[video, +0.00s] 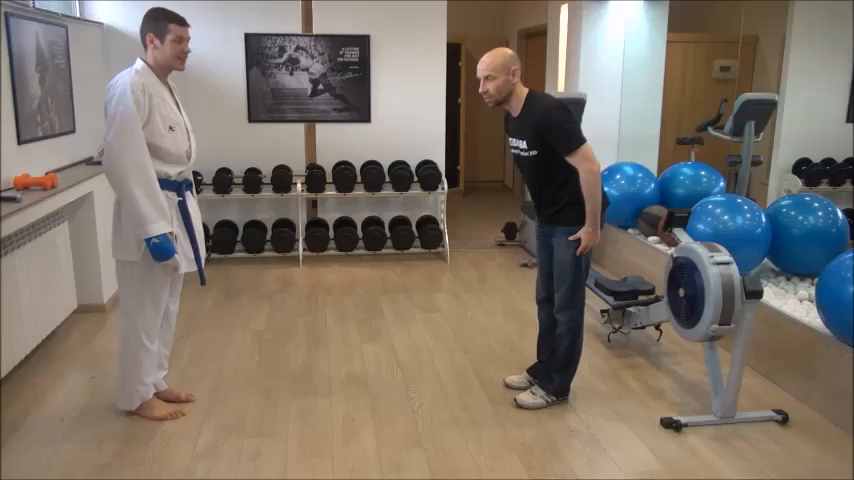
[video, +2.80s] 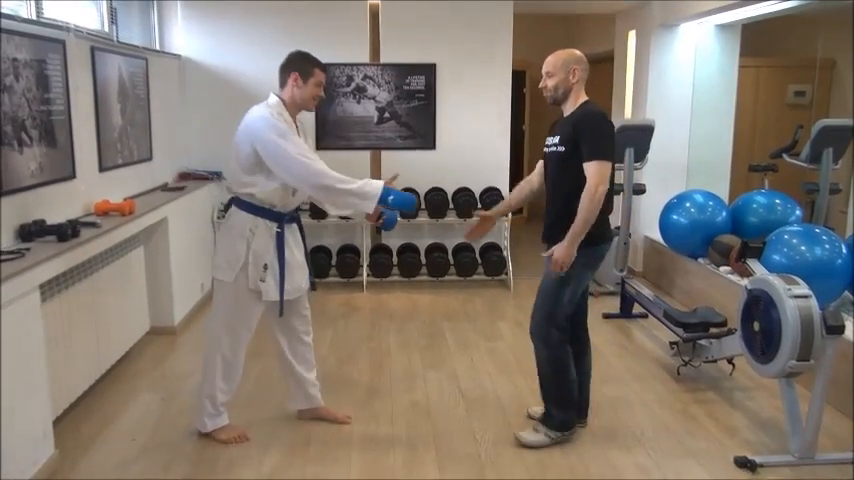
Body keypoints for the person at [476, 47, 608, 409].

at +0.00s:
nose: (482, 88)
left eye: (488, 79)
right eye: (479, 81)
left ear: (514, 75)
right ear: (484, 80)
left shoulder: (548, 112)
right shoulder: (512, 118)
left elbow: (589, 165)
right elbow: (539, 169)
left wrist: (591, 225)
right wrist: (543, 213)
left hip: (572, 224)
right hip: (545, 220)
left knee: (566, 308)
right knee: (546, 302)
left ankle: (557, 387)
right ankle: (544, 372)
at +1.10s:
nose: (493, 137)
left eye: (496, 129)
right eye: (491, 130)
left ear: (519, 121)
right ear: (520, 121)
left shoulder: (571, 135)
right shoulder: (549, 139)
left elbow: (633, 170)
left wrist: (651, 221)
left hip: (633, 210)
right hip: (607, 207)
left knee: (617, 297)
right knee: (599, 290)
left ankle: (598, 377)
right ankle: (584, 361)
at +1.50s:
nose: (507, 98)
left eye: (513, 90)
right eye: (507, 90)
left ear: (539, 88)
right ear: (538, 89)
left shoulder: (586, 117)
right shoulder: (561, 119)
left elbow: (639, 161)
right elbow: (601, 162)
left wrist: (651, 216)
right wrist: (608, 204)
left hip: (636, 208)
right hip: (610, 205)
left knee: (623, 293)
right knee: (604, 285)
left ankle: (608, 375)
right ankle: (595, 359)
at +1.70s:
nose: (540, 48)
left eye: (548, 42)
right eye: (543, 41)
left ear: (574, 48)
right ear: (570, 49)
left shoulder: (602, 89)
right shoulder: (572, 89)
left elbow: (638, 149)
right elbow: (591, 148)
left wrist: (639, 209)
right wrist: (591, 199)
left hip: (625, 207)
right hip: (599, 204)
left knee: (619, 293)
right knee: (600, 287)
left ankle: (612, 375)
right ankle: (598, 359)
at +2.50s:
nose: (566, 79)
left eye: (573, 72)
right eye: (567, 73)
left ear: (599, 75)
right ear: (592, 77)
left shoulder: (610, 123)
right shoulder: (582, 123)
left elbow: (618, 192)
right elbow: (576, 185)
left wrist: (597, 250)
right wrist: (560, 236)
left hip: (587, 248)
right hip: (562, 243)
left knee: (589, 337)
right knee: (565, 334)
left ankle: (616, 420)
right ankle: (567, 411)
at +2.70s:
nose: (550, 83)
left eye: (557, 76)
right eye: (550, 77)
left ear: (583, 75)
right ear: (576, 77)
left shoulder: (597, 120)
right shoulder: (569, 125)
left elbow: (606, 187)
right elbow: (554, 187)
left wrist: (584, 247)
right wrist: (529, 227)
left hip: (582, 247)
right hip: (560, 243)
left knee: (549, 323)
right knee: (572, 327)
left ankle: (591, 407)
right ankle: (567, 406)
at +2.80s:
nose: (542, 83)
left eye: (548, 76)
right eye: (542, 77)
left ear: (574, 76)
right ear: (569, 77)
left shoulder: (592, 120)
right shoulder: (562, 125)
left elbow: (598, 185)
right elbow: (537, 179)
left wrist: (570, 241)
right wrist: (494, 213)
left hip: (581, 244)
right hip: (564, 242)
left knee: (545, 327)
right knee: (572, 329)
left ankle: (561, 420)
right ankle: (573, 410)